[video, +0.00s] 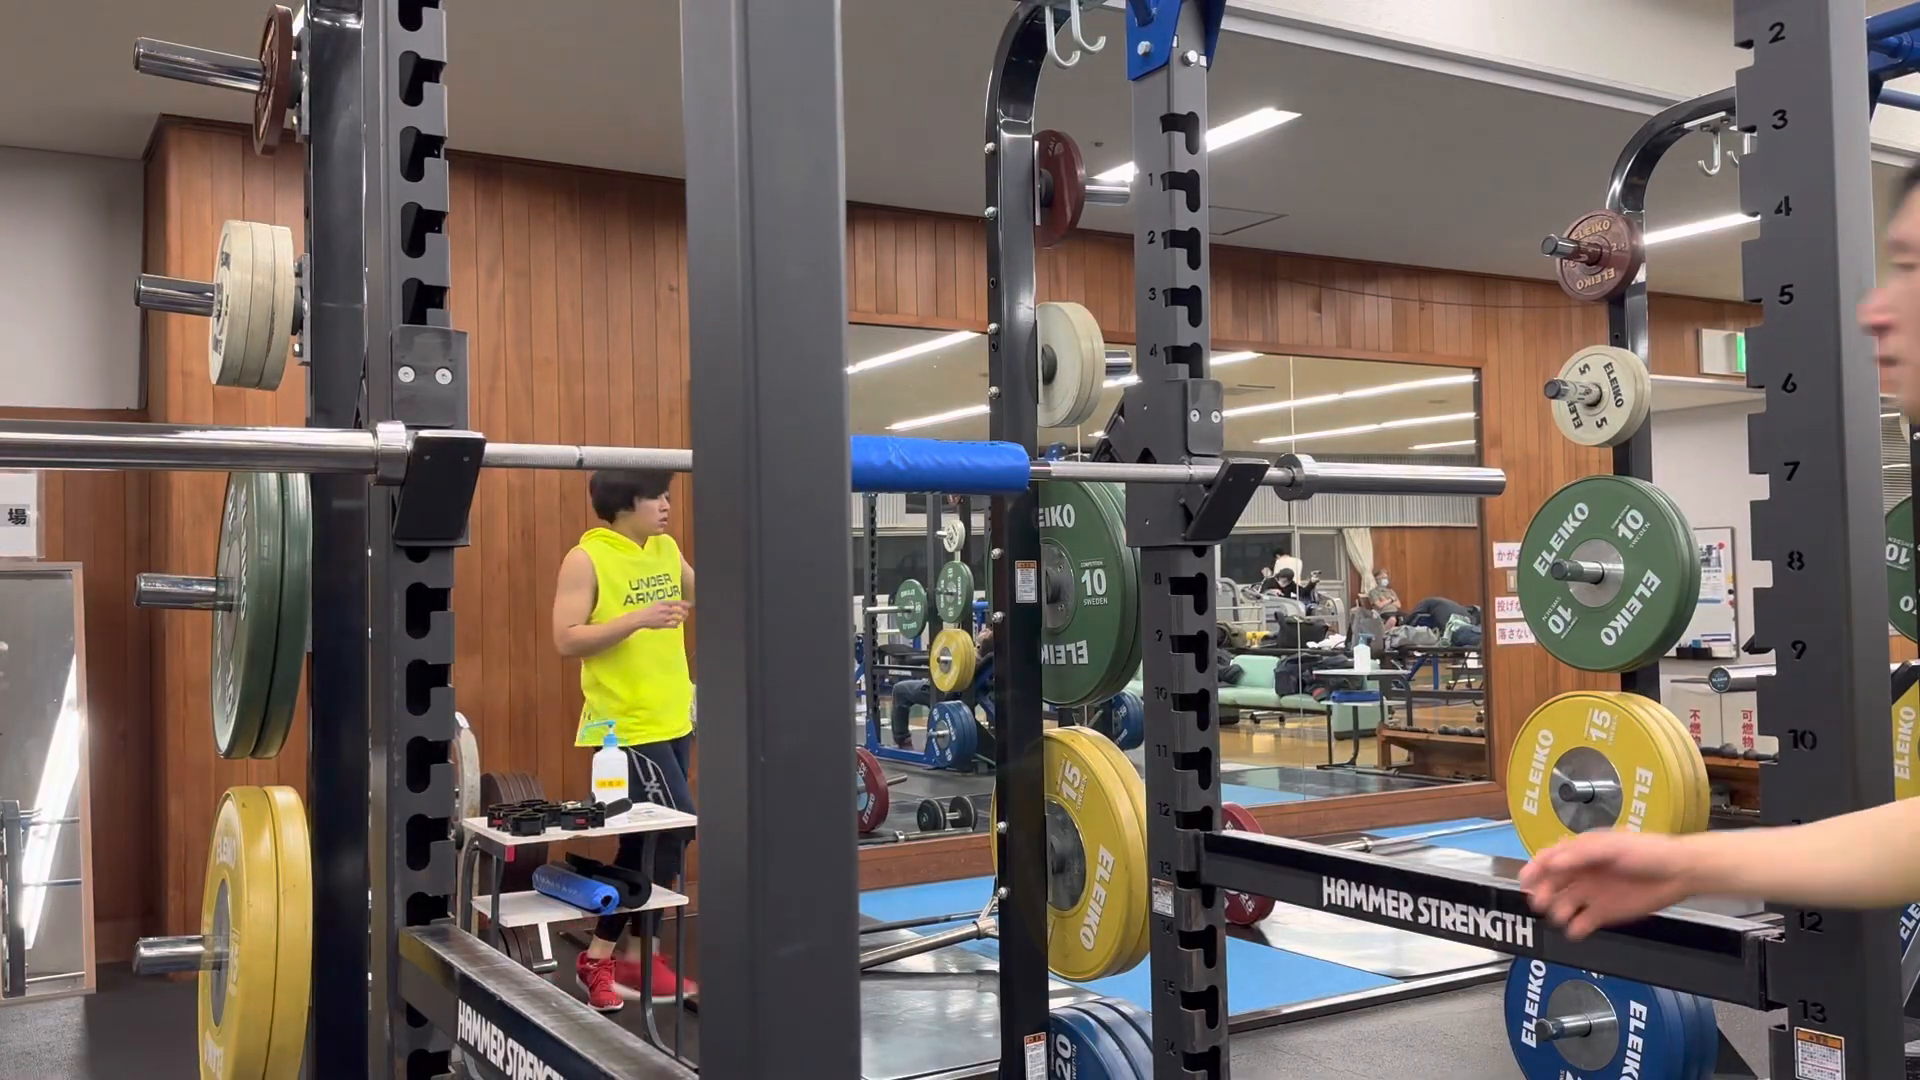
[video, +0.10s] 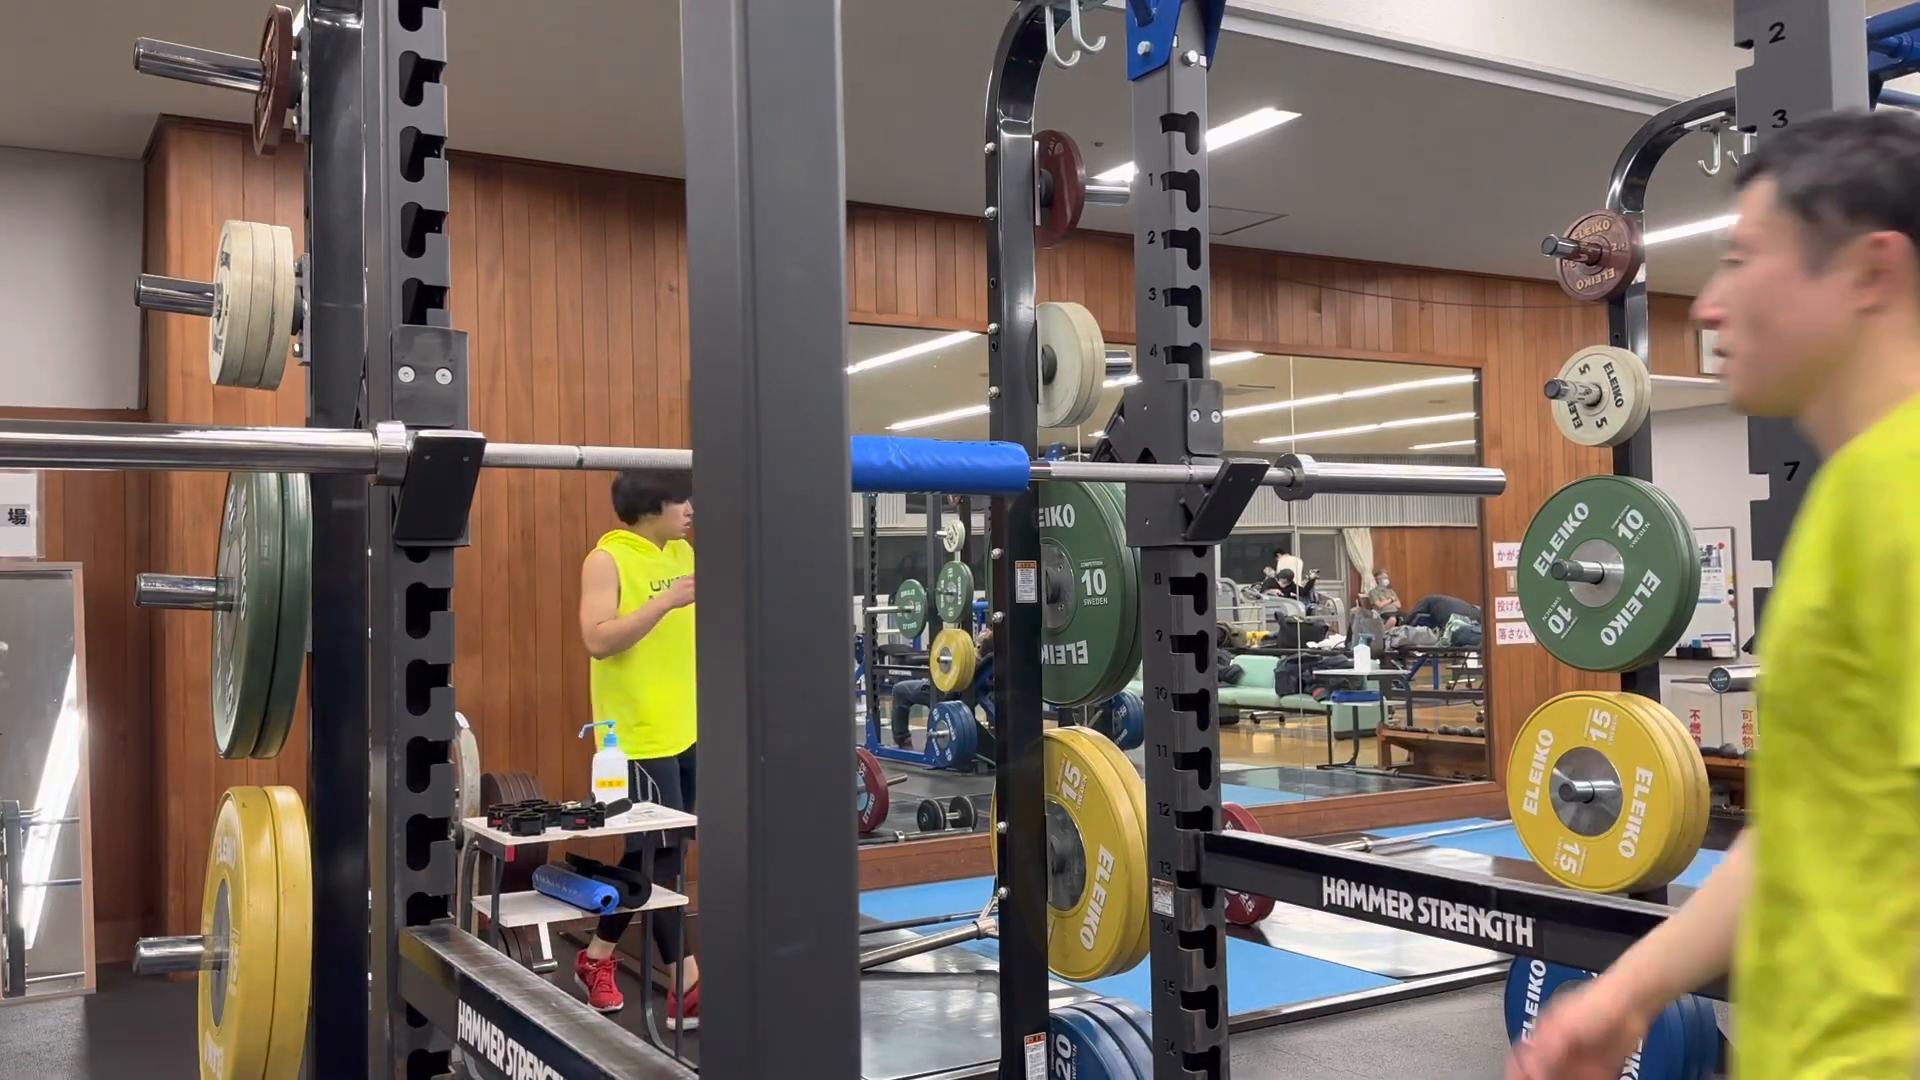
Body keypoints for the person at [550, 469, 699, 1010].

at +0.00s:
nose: (667, 505)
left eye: (667, 495)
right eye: (657, 496)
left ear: (653, 502)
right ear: (622, 502)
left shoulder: (665, 547)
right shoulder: (586, 559)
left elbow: (699, 594)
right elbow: (566, 639)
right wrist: (638, 618)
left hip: (672, 720)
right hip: (623, 726)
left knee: (647, 848)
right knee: (679, 829)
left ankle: (607, 953)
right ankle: (634, 952)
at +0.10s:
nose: (691, 508)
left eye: (691, 497)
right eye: (682, 498)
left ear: (669, 505)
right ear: (650, 503)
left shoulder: (686, 554)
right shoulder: (607, 559)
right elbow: (598, 639)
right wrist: (667, 600)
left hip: (690, 730)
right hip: (639, 737)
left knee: (649, 860)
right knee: (663, 865)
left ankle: (598, 955)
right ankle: (686, 979)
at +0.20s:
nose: (705, 510)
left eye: (702, 500)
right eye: (700, 500)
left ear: (658, 501)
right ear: (682, 502)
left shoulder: (692, 556)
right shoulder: (625, 559)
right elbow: (619, 637)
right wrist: (685, 594)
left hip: (701, 732)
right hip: (658, 738)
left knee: (673, 860)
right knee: (669, 865)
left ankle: (608, 950)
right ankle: (684, 985)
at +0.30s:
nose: (718, 499)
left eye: (711, 488)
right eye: (711, 489)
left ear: (664, 498)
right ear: (698, 498)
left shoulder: (703, 552)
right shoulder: (647, 555)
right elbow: (637, 635)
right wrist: (700, 601)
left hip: (712, 733)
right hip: (672, 737)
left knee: (707, 860)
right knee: (681, 865)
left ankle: (628, 929)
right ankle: (684, 986)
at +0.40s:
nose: (727, 497)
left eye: (725, 487)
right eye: (720, 488)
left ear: (680, 495)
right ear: (700, 495)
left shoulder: (723, 546)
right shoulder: (664, 551)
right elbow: (654, 632)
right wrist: (722, 611)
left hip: (723, 730)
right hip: (683, 733)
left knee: (709, 852)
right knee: (690, 857)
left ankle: (648, 926)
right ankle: (680, 979)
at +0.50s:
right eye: (749, 497)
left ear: (715, 495)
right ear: (727, 495)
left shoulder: (723, 547)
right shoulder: (690, 544)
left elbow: (684, 628)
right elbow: (683, 629)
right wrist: (748, 608)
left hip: (719, 736)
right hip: (699, 737)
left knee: (703, 865)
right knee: (703, 865)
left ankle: (691, 982)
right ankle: (692, 984)